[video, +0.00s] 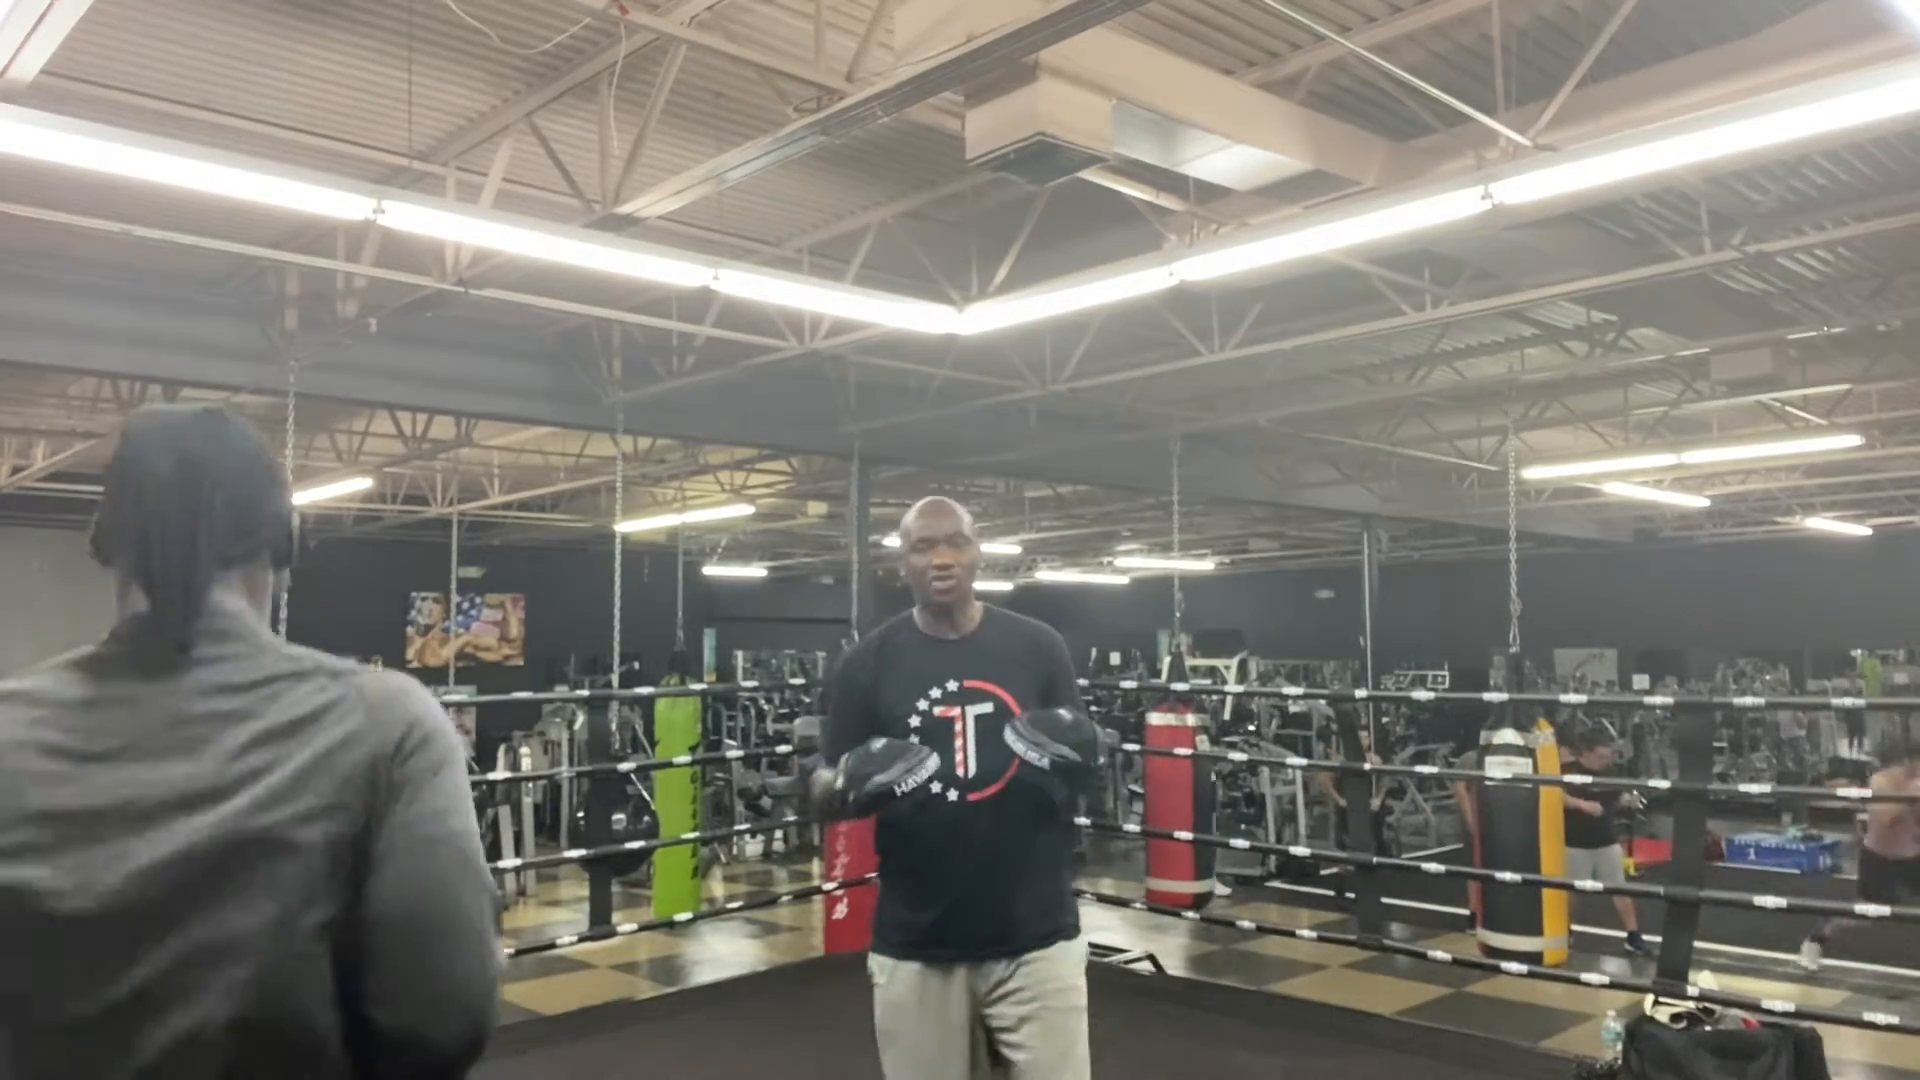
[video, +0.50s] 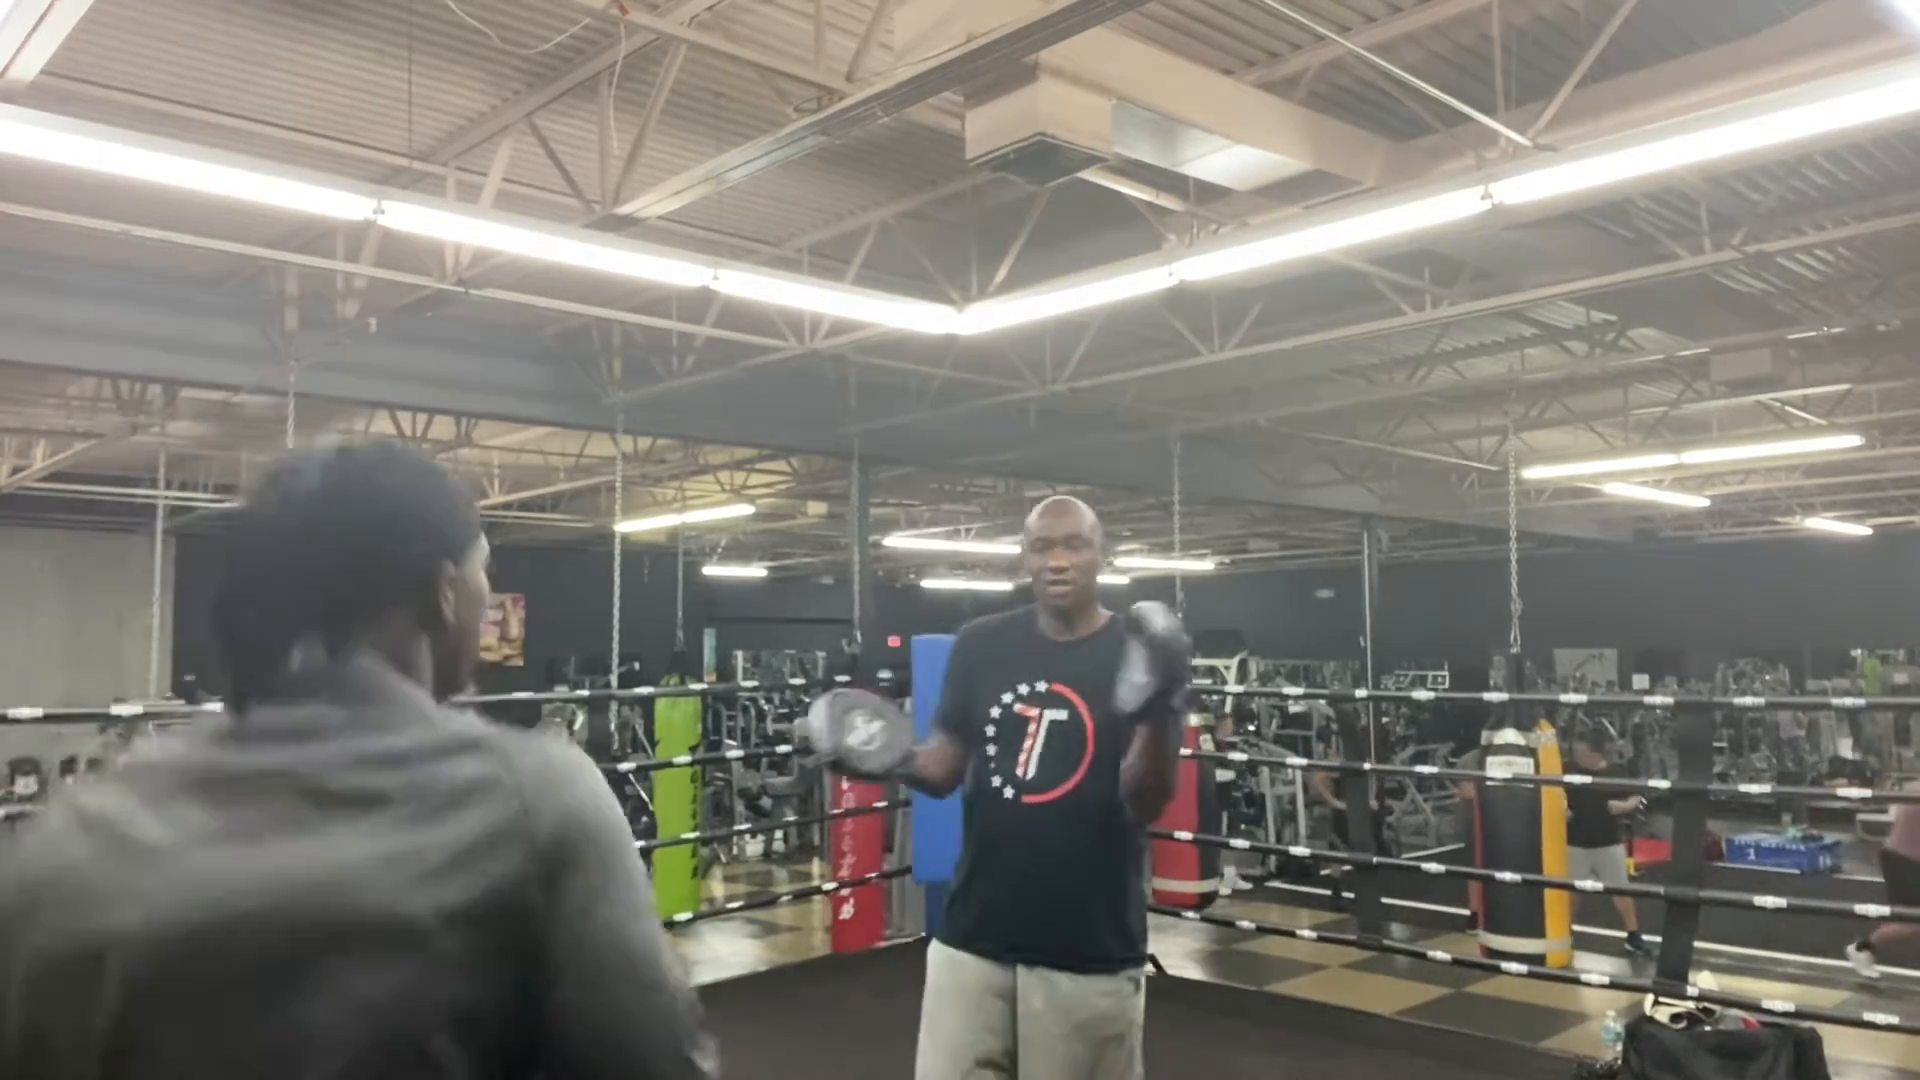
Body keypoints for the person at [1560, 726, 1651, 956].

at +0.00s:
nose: (1605, 761)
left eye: (1608, 756)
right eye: (1601, 755)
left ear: (1611, 754)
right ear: (1585, 752)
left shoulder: (1609, 775)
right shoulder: (1566, 773)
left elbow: (1610, 803)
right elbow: (1556, 797)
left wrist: (1625, 803)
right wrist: (1581, 804)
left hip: (1606, 842)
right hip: (1575, 843)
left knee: (1620, 889)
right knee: (1569, 891)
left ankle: (1633, 934)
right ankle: (1565, 932)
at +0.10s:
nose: (1608, 760)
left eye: (1610, 755)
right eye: (1604, 754)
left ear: (1612, 753)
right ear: (1590, 750)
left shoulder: (1610, 774)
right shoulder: (1568, 771)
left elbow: (1614, 799)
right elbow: (1554, 797)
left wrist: (1627, 804)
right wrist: (1579, 811)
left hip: (1607, 842)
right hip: (1576, 843)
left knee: (1620, 890)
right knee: (1570, 892)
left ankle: (1633, 935)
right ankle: (1564, 932)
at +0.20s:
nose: (1609, 760)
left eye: (1611, 755)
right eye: (1605, 754)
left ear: (1613, 754)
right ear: (1590, 751)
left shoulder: (1613, 775)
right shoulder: (1567, 772)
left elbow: (1619, 798)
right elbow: (1553, 798)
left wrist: (1627, 804)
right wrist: (1572, 815)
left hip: (1608, 842)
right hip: (1576, 843)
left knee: (1621, 890)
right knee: (1570, 891)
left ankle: (1633, 934)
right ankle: (1565, 931)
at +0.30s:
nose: (1603, 760)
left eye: (1607, 756)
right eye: (1598, 755)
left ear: (1612, 755)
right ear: (1586, 753)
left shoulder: (1617, 775)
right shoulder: (1568, 773)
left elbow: (1628, 794)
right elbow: (1554, 797)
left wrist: (1630, 802)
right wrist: (1568, 814)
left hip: (1610, 841)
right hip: (1577, 842)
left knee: (1621, 890)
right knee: (1571, 891)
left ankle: (1633, 934)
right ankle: (1566, 931)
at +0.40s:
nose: (1583, 757)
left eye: (1588, 752)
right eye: (1582, 752)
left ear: (1602, 753)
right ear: (1580, 751)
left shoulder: (1617, 775)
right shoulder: (1568, 772)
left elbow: (1637, 794)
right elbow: (1553, 797)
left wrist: (1630, 803)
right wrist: (1566, 811)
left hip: (1610, 841)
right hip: (1576, 841)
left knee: (1621, 890)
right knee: (1571, 890)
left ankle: (1633, 934)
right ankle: (1566, 931)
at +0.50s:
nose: (1575, 752)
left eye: (1580, 747)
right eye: (1575, 747)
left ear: (1596, 750)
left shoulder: (1615, 774)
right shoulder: (1567, 773)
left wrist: (1627, 805)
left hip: (1608, 841)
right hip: (1575, 842)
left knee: (1620, 890)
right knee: (1571, 890)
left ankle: (1633, 934)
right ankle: (1564, 932)